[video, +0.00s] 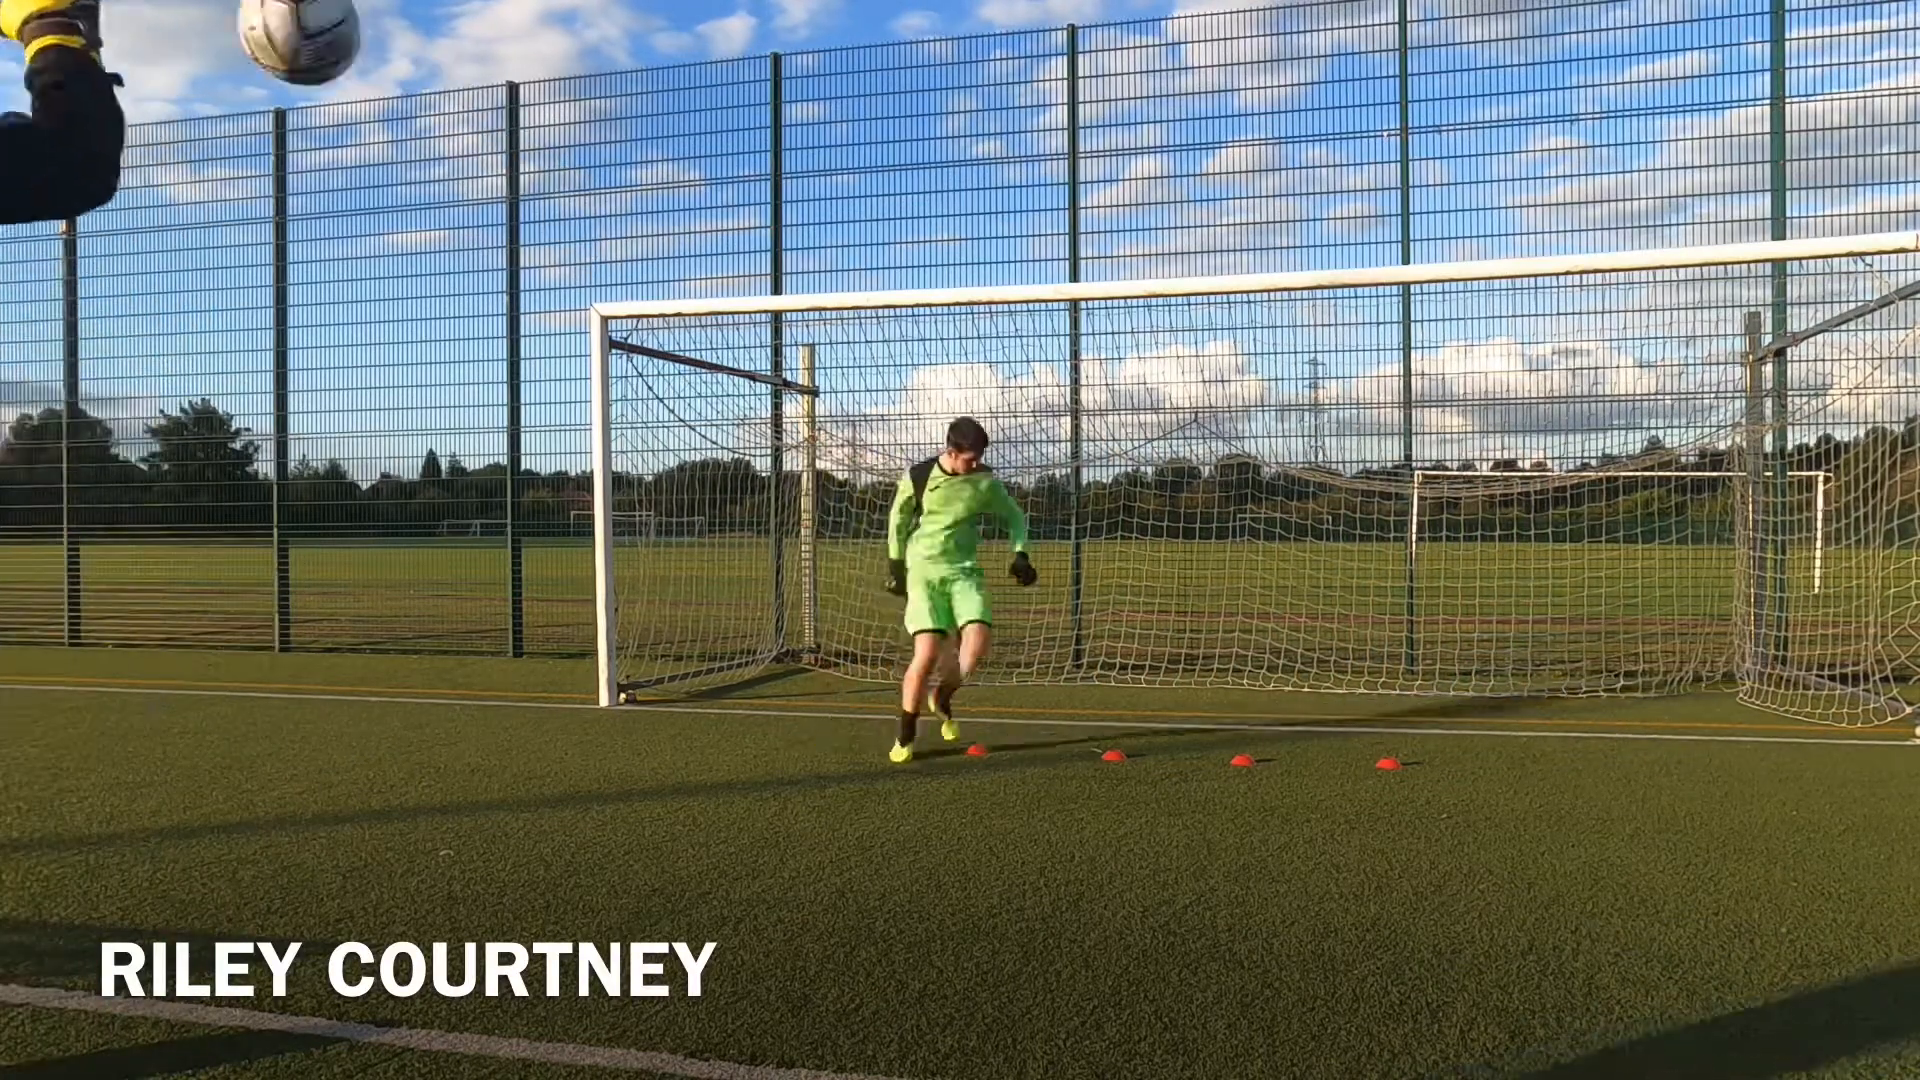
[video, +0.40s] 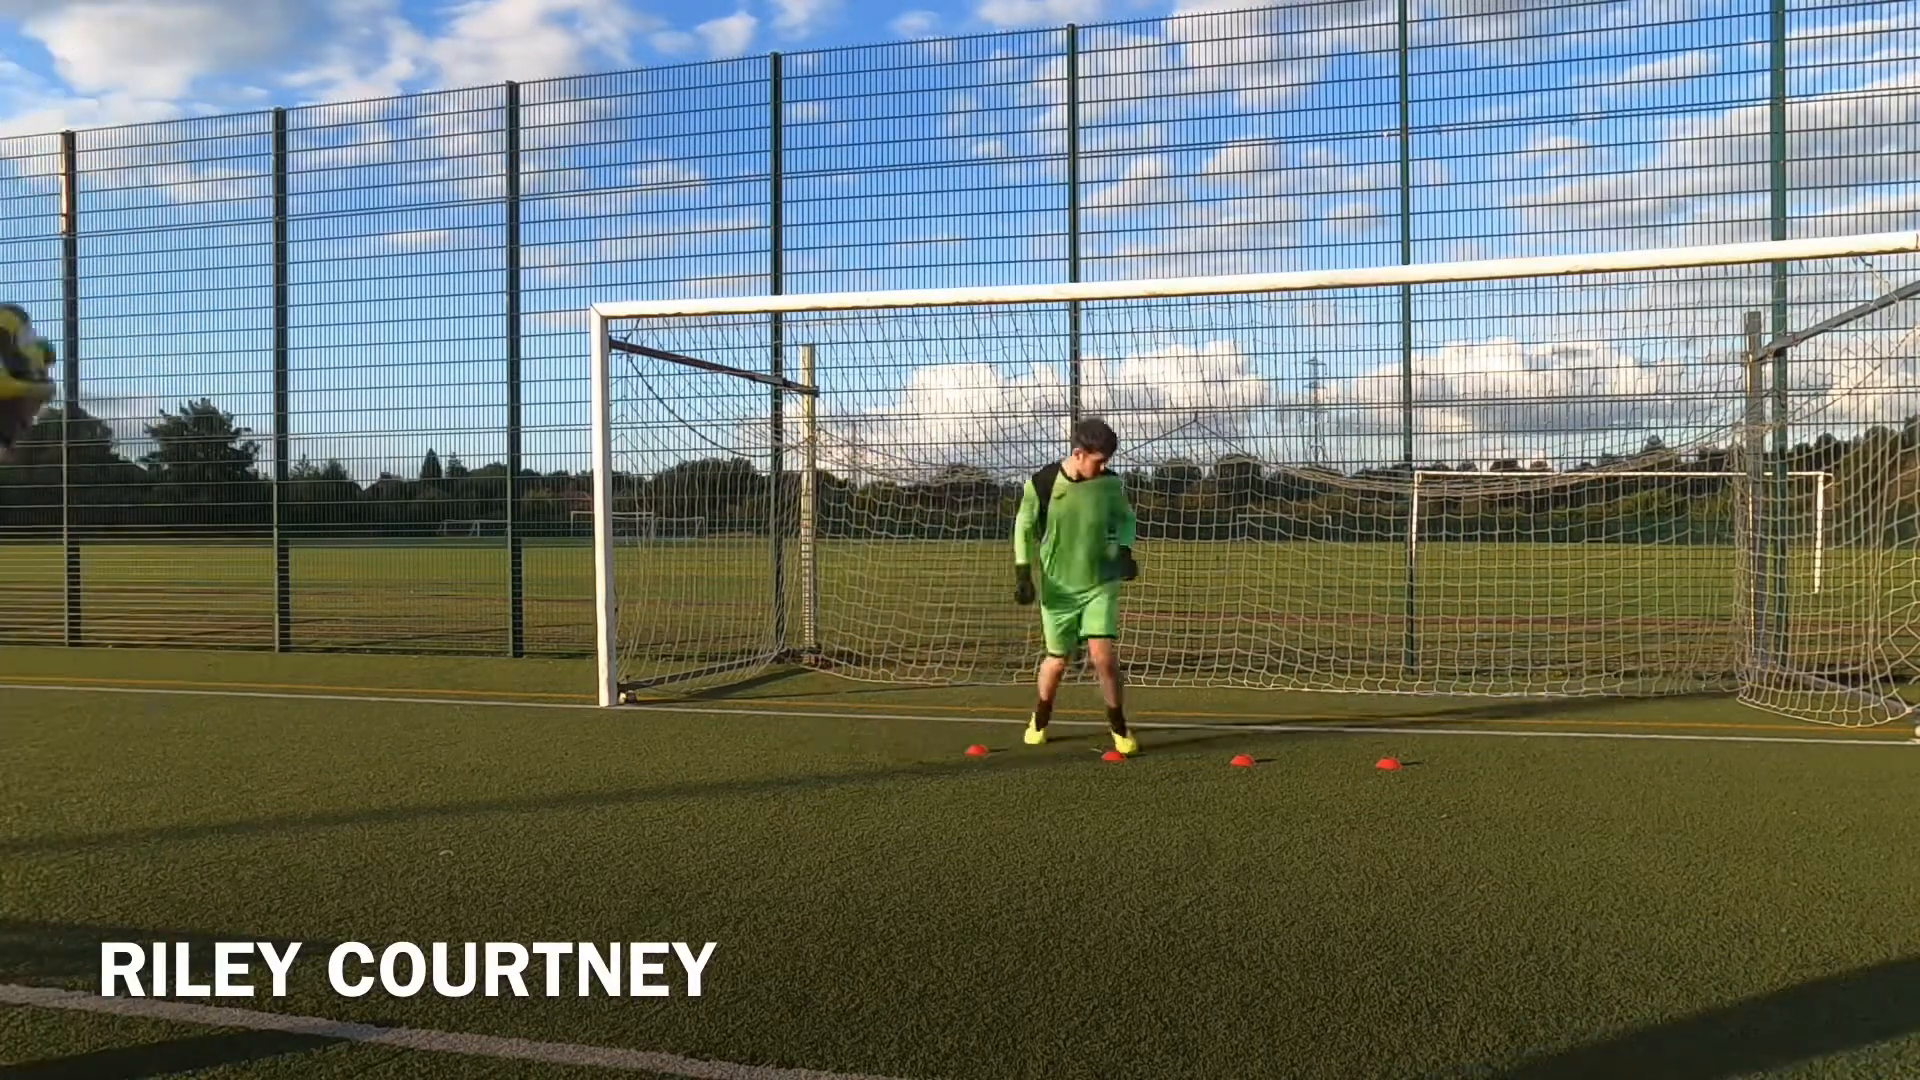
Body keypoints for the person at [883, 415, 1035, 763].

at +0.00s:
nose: (977, 463)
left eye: (980, 457)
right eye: (971, 458)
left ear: (981, 452)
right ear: (952, 450)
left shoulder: (986, 484)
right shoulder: (917, 478)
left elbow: (1015, 516)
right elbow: (898, 520)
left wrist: (1020, 552)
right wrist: (896, 565)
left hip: (965, 573)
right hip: (923, 574)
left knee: (976, 647)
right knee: (927, 652)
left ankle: (942, 697)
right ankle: (906, 733)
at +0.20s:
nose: (1038, 470)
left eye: (1041, 465)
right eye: (1033, 465)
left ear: (1042, 460)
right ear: (1014, 455)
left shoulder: (1049, 487)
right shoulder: (977, 480)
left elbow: (1076, 520)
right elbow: (959, 525)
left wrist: (1073, 550)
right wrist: (952, 571)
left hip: (1030, 580)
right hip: (989, 576)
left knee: (1019, 648)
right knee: (977, 639)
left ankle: (1008, 734)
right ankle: (990, 696)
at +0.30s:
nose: (1069, 468)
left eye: (1073, 462)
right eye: (1064, 462)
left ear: (1076, 456)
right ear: (1045, 454)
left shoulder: (1080, 485)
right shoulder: (1009, 482)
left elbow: (1094, 520)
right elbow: (989, 524)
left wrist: (1092, 546)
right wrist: (986, 571)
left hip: (1064, 575)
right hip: (1023, 579)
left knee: (1059, 643)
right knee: (1032, 659)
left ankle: (1056, 719)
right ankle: (1031, 721)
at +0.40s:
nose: (1103, 467)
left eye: (1106, 461)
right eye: (1099, 460)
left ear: (1106, 456)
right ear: (1079, 452)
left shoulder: (1112, 485)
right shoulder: (1042, 484)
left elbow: (1124, 520)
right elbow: (1024, 527)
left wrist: (1123, 549)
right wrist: (1023, 572)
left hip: (1100, 587)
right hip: (1057, 591)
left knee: (1103, 657)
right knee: (1056, 662)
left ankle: (1118, 728)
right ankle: (1040, 718)